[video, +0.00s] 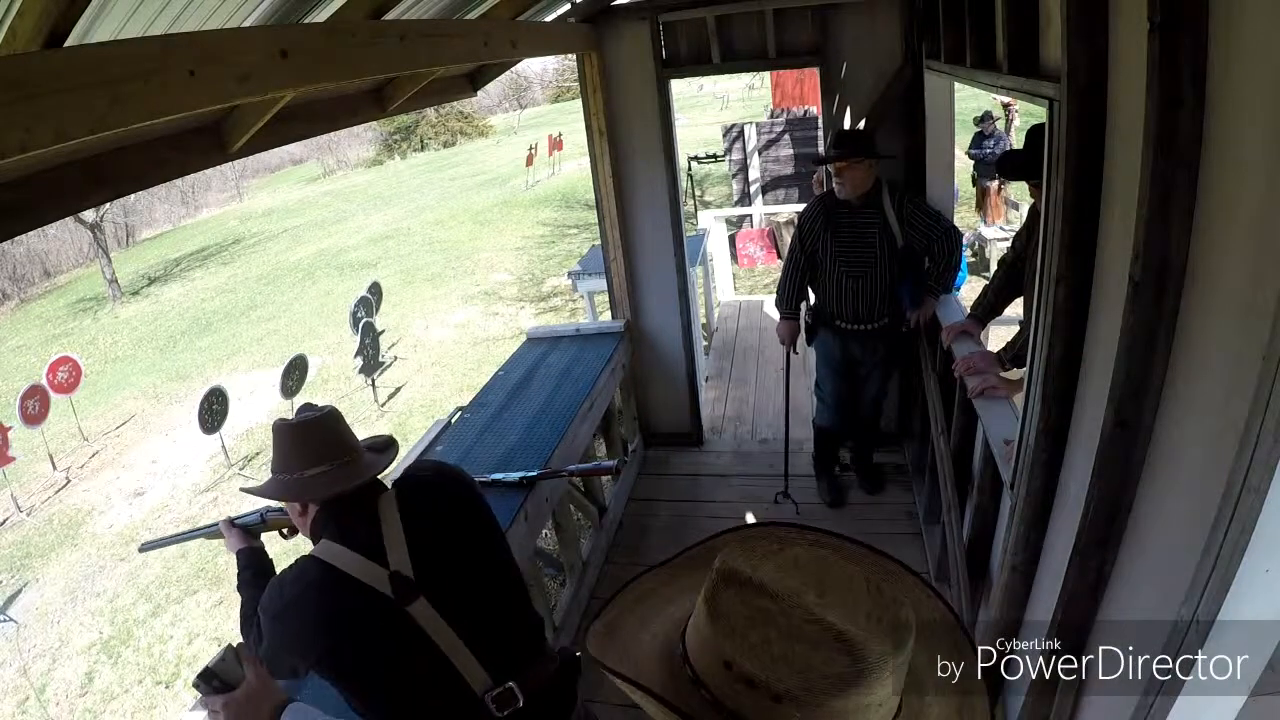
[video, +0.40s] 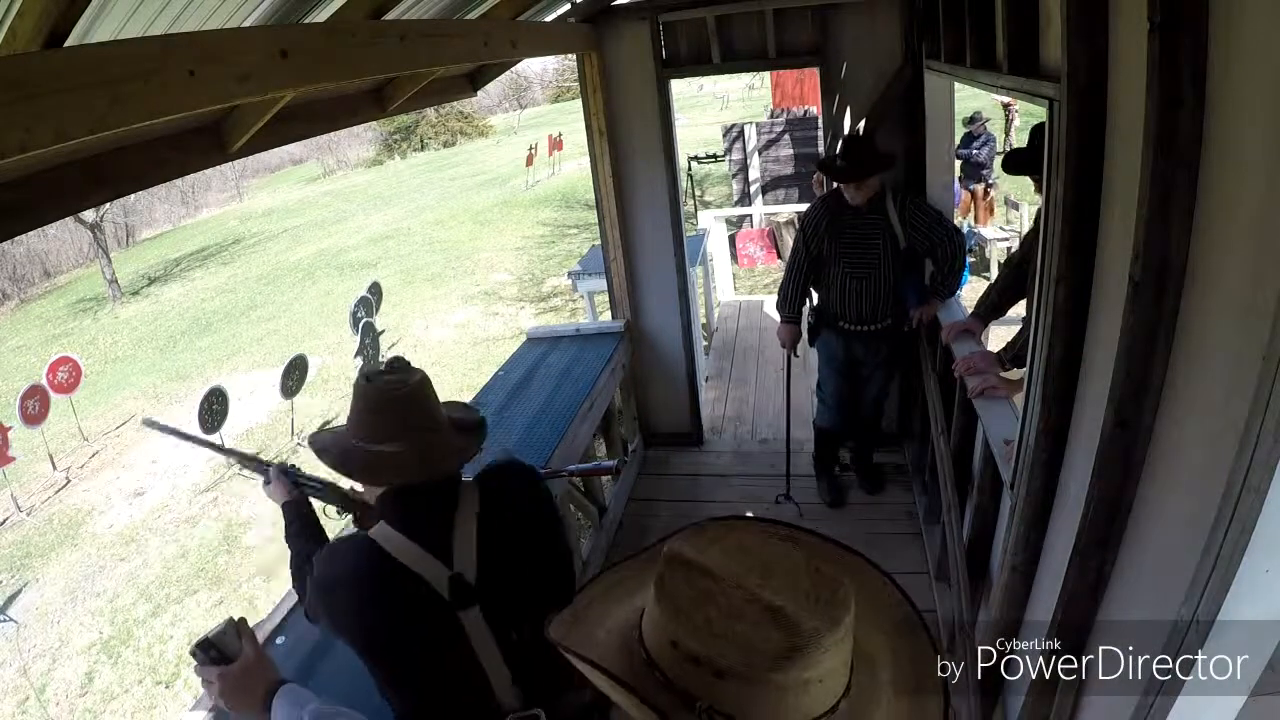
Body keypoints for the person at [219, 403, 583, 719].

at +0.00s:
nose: (287, 511)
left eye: (285, 501)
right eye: (283, 502)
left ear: (302, 508)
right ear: (368, 469)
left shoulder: (297, 599)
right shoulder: (444, 483)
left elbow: (273, 656)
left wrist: (246, 554)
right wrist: (327, 524)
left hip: (438, 719)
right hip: (546, 682)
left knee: (290, 701)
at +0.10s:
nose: (294, 504)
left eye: (293, 494)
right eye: (291, 494)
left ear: (309, 500)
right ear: (377, 464)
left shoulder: (300, 593)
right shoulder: (452, 483)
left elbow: (273, 654)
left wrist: (250, 553)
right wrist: (331, 524)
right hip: (549, 686)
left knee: (283, 702)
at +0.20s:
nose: (305, 498)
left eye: (304, 488)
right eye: (303, 488)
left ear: (321, 494)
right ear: (390, 455)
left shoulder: (308, 589)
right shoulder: (464, 474)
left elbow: (279, 650)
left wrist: (257, 554)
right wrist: (344, 522)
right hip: (550, 684)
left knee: (284, 700)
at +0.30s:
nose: (326, 480)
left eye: (327, 470)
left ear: (338, 478)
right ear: (412, 448)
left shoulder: (325, 580)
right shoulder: (481, 475)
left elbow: (287, 632)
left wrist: (265, 540)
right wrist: (358, 519)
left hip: (438, 716)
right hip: (557, 691)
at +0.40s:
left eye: (358, 460)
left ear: (365, 467)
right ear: (448, 442)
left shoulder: (346, 573)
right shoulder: (517, 491)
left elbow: (316, 593)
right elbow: (559, 588)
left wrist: (291, 503)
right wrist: (387, 520)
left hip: (449, 716)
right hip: (568, 696)